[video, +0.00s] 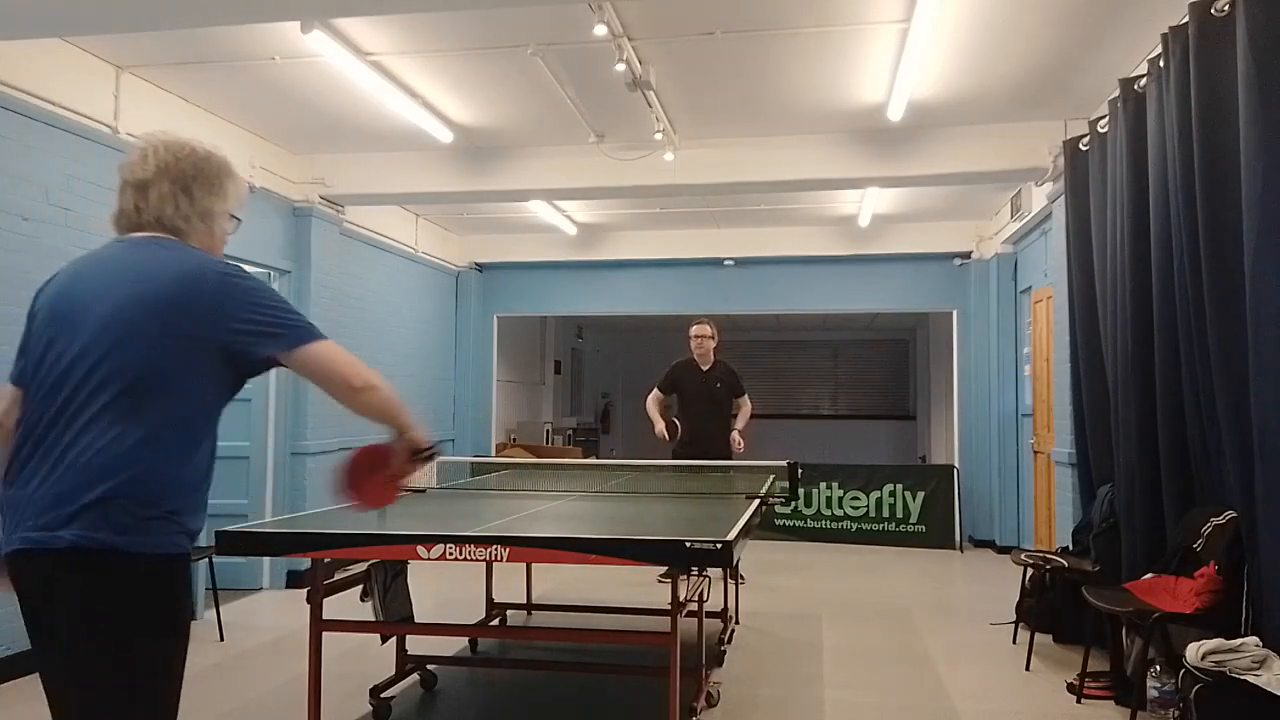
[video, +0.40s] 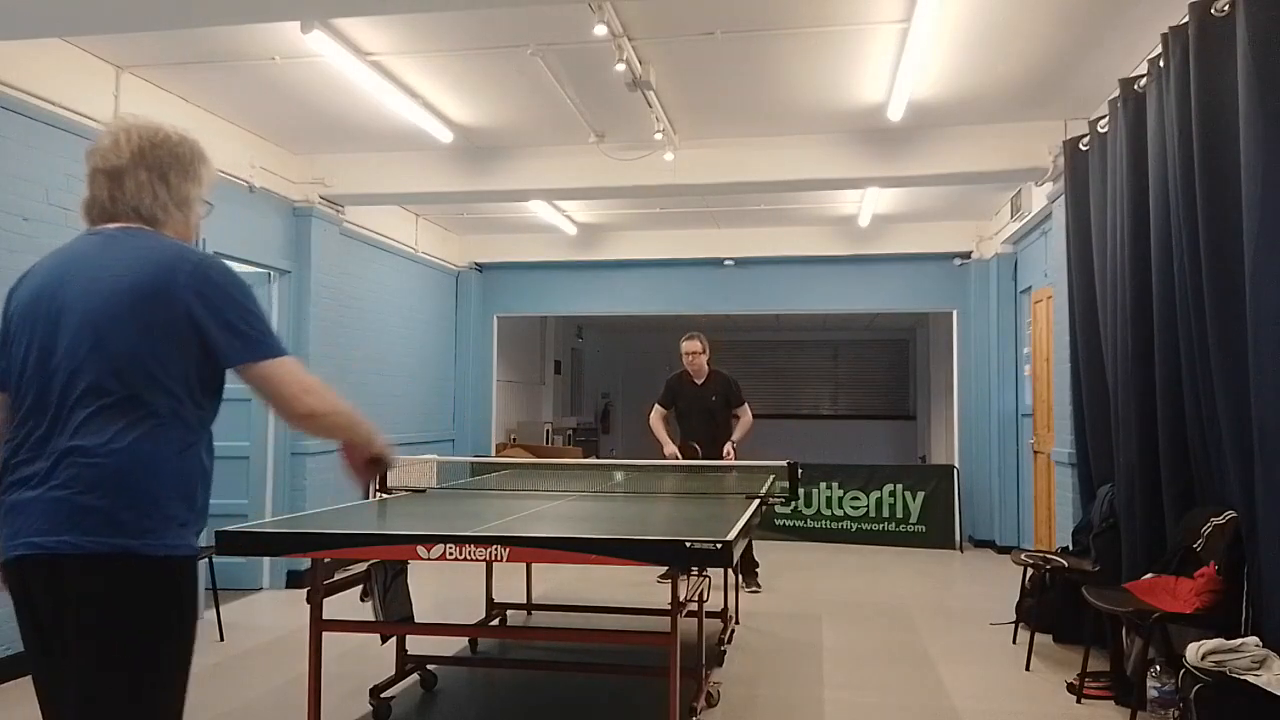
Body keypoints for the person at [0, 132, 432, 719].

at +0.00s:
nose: (232, 236)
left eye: (235, 222)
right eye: (230, 220)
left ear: (138, 205)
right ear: (199, 212)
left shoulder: (61, 285)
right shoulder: (215, 284)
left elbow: (9, 418)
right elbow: (357, 384)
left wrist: (9, 529)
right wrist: (409, 430)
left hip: (35, 551)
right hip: (131, 552)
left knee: (77, 708)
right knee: (140, 707)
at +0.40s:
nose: (204, 221)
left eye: (205, 206)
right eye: (201, 204)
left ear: (101, 196)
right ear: (171, 199)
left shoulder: (31, 282)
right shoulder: (191, 271)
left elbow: (6, 418)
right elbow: (297, 398)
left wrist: (12, 541)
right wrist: (361, 437)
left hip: (30, 548)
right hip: (137, 548)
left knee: (67, 707)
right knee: (142, 707)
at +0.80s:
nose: (135, 194)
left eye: (139, 178)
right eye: (133, 176)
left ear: (21, 163)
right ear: (98, 171)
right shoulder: (110, 257)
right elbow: (162, 417)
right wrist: (237, 514)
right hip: (54, 561)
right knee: (60, 706)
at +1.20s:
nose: (75, 207)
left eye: (78, 193)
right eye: (74, 190)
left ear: (12, 175)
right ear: (44, 180)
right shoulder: (45, 260)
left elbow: (67, 412)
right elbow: (73, 413)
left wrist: (40, 546)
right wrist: (101, 531)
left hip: (13, 554)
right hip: (7, 554)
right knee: (13, 704)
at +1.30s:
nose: (53, 212)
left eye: (58, 199)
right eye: (54, 197)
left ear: (6, 179)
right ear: (29, 184)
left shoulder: (28, 266)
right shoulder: (27, 264)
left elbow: (43, 419)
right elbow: (45, 420)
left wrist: (40, 541)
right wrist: (60, 536)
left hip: (4, 555)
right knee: (6, 701)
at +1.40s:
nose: (30, 211)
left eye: (34, 198)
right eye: (32, 196)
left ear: (11, 191)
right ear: (18, 190)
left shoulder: (22, 265)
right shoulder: (16, 264)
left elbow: (24, 419)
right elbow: (24, 419)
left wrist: (24, 542)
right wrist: (40, 535)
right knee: (9, 702)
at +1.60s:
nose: (16, 212)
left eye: (19, 200)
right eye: (17, 199)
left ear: (6, 192)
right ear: (4, 192)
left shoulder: (14, 268)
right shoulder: (10, 264)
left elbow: (29, 407)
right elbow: (27, 408)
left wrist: (72, 512)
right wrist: (74, 513)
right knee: (7, 692)